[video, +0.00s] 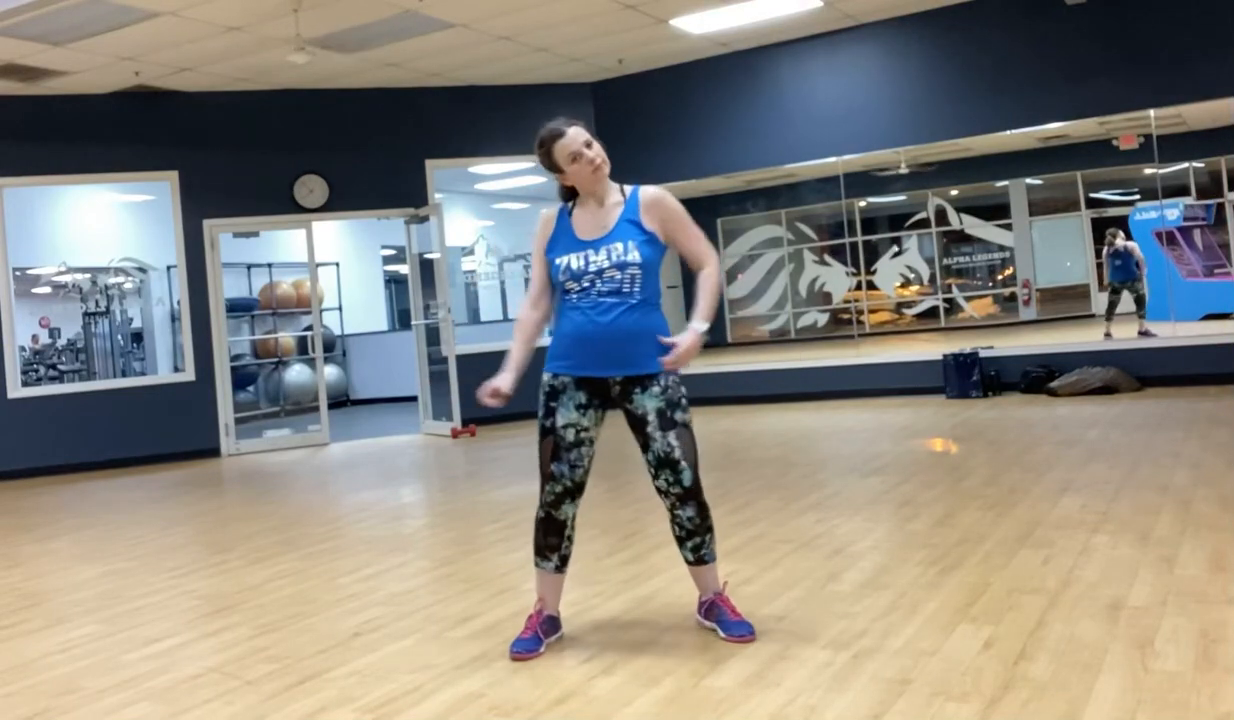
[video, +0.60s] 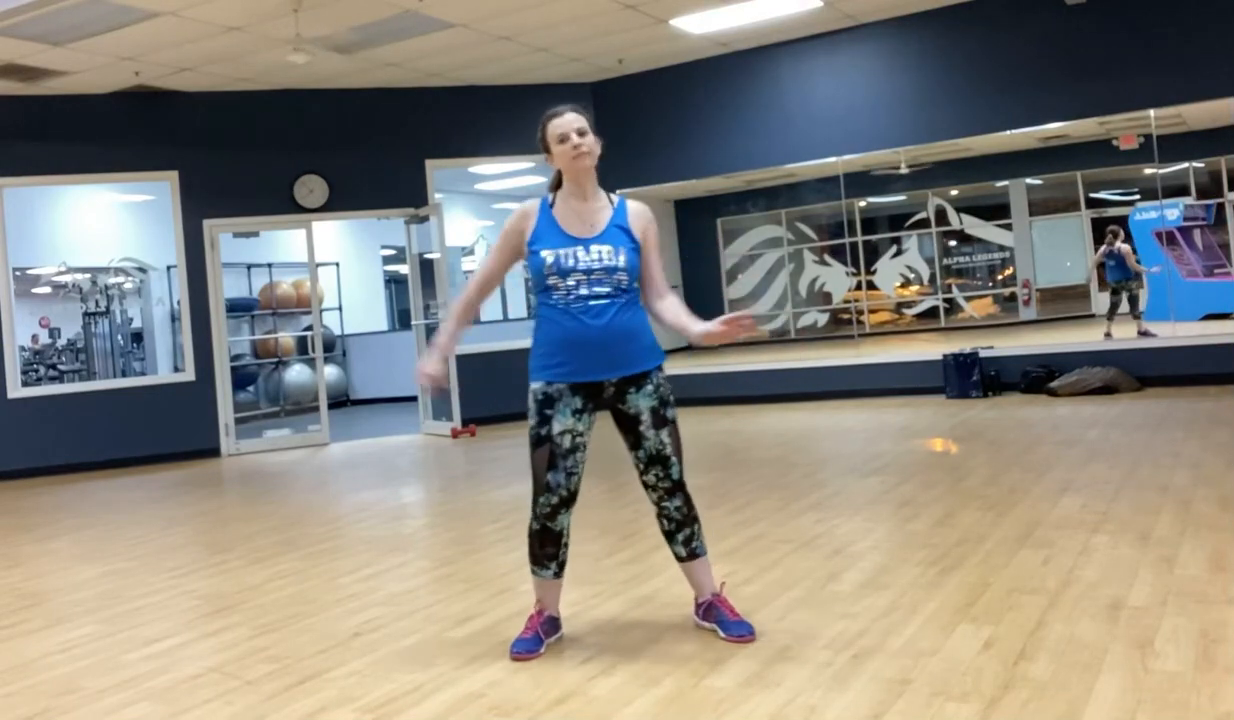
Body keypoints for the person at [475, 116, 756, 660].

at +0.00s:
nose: (591, 155)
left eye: (589, 143)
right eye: (576, 156)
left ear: (601, 143)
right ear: (562, 176)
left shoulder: (652, 203)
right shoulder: (552, 224)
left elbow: (707, 263)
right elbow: (536, 304)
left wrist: (696, 328)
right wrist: (510, 372)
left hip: (649, 371)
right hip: (572, 376)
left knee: (682, 484)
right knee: (559, 490)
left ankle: (712, 599)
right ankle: (545, 613)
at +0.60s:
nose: (578, 142)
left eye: (583, 133)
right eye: (565, 139)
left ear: (599, 143)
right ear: (550, 156)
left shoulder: (635, 215)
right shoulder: (528, 220)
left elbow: (659, 296)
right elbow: (476, 293)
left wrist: (698, 329)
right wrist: (439, 350)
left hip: (637, 371)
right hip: (560, 379)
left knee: (667, 484)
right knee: (552, 497)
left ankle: (710, 600)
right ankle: (545, 615)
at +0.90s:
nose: (555, 138)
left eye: (562, 130)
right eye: (542, 134)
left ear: (578, 141)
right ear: (529, 152)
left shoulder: (614, 213)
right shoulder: (508, 214)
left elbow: (638, 291)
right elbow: (441, 258)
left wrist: (639, 346)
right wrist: (374, 290)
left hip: (612, 372)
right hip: (538, 380)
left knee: (661, 481)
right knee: (538, 499)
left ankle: (706, 598)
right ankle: (545, 614)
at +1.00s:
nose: (551, 135)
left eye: (557, 126)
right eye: (539, 132)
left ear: (574, 138)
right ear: (525, 150)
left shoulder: (610, 207)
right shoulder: (505, 209)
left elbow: (645, 281)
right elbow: (429, 236)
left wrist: (640, 344)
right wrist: (348, 250)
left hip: (611, 369)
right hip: (537, 377)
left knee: (667, 468)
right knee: (538, 494)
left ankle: (697, 594)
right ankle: (544, 614)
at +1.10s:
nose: (553, 134)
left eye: (559, 126)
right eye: (541, 131)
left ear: (578, 139)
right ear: (527, 151)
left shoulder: (615, 205)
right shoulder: (507, 208)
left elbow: (654, 274)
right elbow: (428, 223)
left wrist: (647, 339)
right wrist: (345, 222)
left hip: (617, 369)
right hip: (543, 378)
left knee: (670, 471)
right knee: (540, 495)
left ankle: (687, 599)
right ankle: (545, 614)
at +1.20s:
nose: (560, 135)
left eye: (567, 127)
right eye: (548, 132)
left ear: (587, 139)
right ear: (537, 152)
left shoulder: (627, 203)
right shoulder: (522, 205)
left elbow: (669, 268)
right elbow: (437, 209)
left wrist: (661, 329)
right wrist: (355, 197)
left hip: (627, 370)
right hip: (553, 377)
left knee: (672, 478)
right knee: (546, 496)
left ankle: (676, 607)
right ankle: (544, 614)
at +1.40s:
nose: (594, 139)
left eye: (599, 131)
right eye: (580, 139)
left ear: (619, 146)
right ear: (571, 165)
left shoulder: (657, 205)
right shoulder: (560, 220)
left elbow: (680, 269)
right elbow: (486, 261)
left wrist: (675, 328)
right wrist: (422, 280)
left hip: (653, 379)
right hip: (583, 383)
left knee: (699, 482)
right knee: (544, 496)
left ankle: (679, 608)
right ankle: (486, 600)